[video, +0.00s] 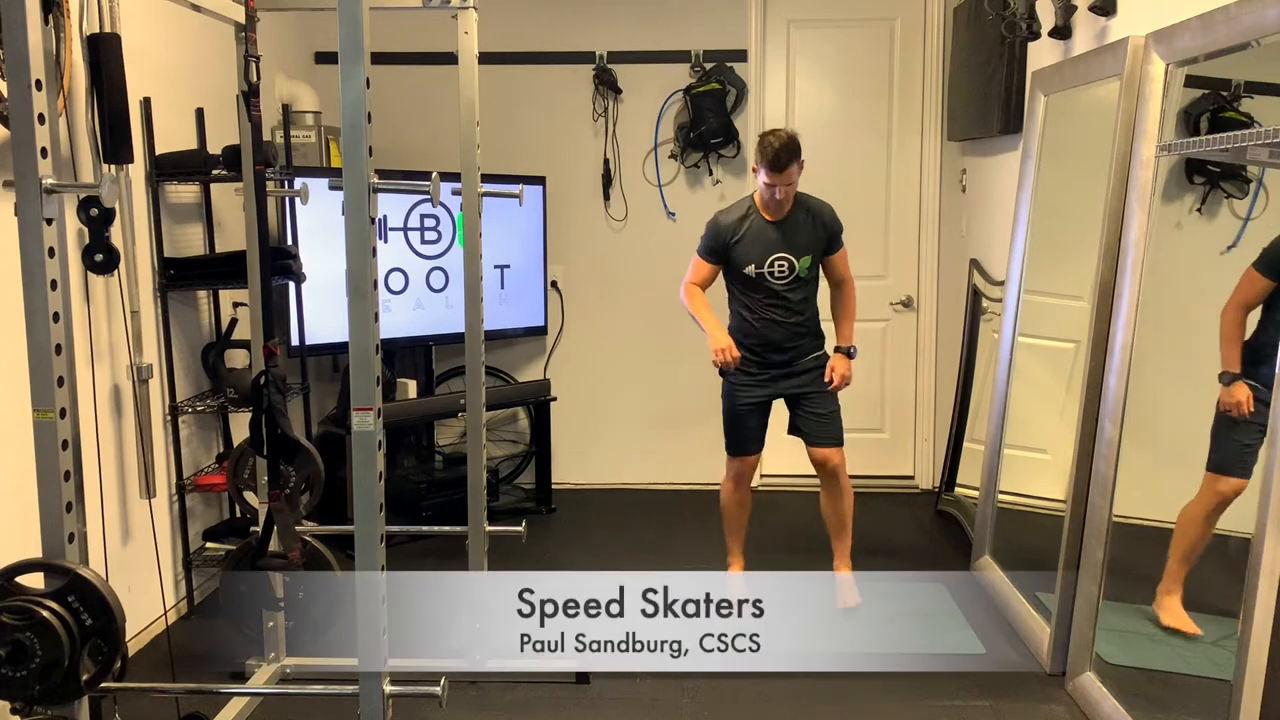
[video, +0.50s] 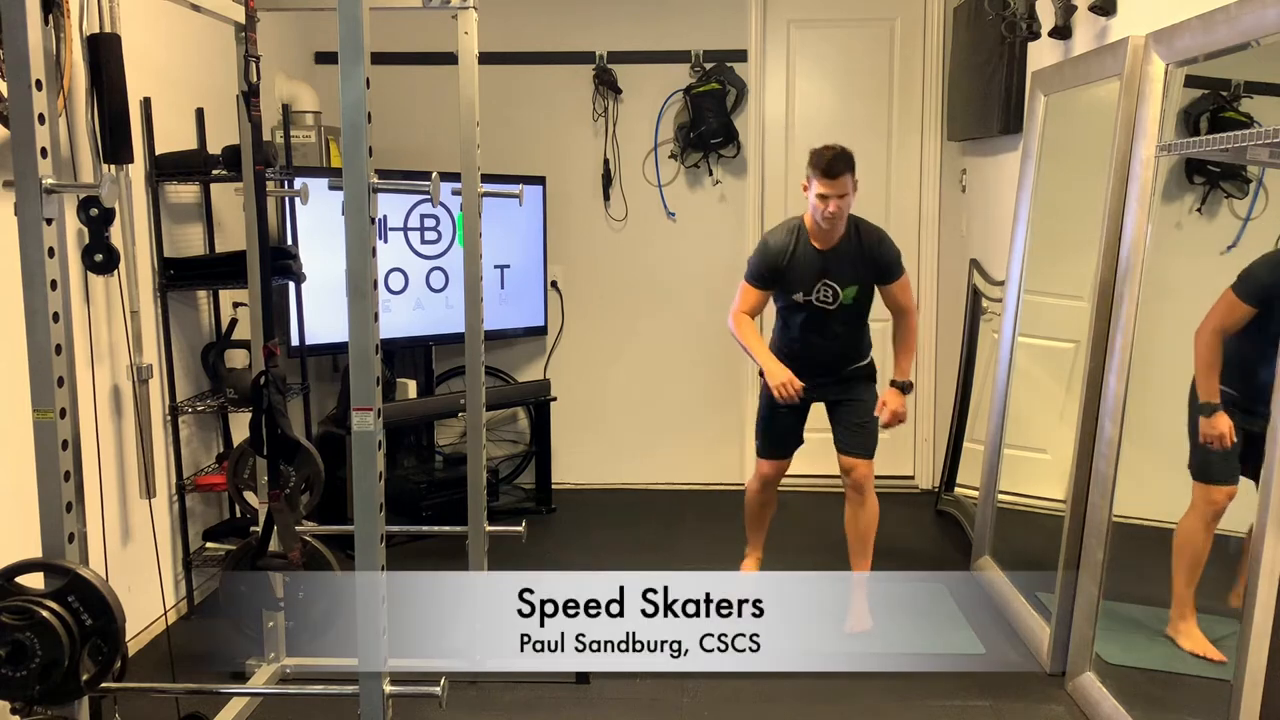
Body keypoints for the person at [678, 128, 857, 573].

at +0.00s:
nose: (778, 194)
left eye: (787, 184)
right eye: (769, 184)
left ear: (801, 172)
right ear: (755, 173)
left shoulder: (821, 220)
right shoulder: (727, 225)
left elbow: (841, 284)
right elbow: (691, 287)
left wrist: (844, 351)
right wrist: (715, 332)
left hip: (807, 365)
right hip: (747, 368)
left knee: (831, 463)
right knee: (740, 469)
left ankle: (843, 567)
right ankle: (735, 565)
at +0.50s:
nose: (832, 207)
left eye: (842, 197)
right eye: (823, 197)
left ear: (855, 191)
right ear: (806, 190)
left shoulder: (875, 246)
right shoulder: (777, 247)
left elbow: (905, 312)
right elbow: (740, 316)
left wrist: (900, 384)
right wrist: (769, 364)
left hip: (851, 376)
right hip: (788, 375)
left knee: (859, 478)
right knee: (767, 473)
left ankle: (860, 592)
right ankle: (752, 558)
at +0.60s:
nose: (841, 220)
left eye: (851, 209)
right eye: (833, 209)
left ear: (864, 204)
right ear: (816, 202)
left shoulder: (883, 256)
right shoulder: (787, 255)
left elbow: (919, 326)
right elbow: (750, 332)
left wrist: (916, 398)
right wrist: (787, 383)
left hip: (857, 376)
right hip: (796, 376)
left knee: (863, 481)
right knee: (782, 475)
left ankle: (861, 594)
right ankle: (786, 544)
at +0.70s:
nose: (849, 235)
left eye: (858, 224)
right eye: (840, 224)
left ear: (871, 218)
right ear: (823, 215)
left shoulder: (889, 268)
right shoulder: (794, 269)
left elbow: (926, 337)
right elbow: (758, 350)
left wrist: (929, 402)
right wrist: (799, 396)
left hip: (860, 382)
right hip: (799, 383)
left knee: (862, 483)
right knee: (800, 485)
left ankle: (860, 594)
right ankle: (822, 527)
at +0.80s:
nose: (851, 255)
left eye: (861, 244)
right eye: (842, 243)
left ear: (875, 235)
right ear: (825, 233)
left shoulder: (891, 280)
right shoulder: (797, 284)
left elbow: (932, 348)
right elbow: (765, 370)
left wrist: (938, 397)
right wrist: (808, 407)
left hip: (861, 389)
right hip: (803, 394)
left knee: (861, 486)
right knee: (816, 489)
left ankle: (859, 595)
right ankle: (852, 518)